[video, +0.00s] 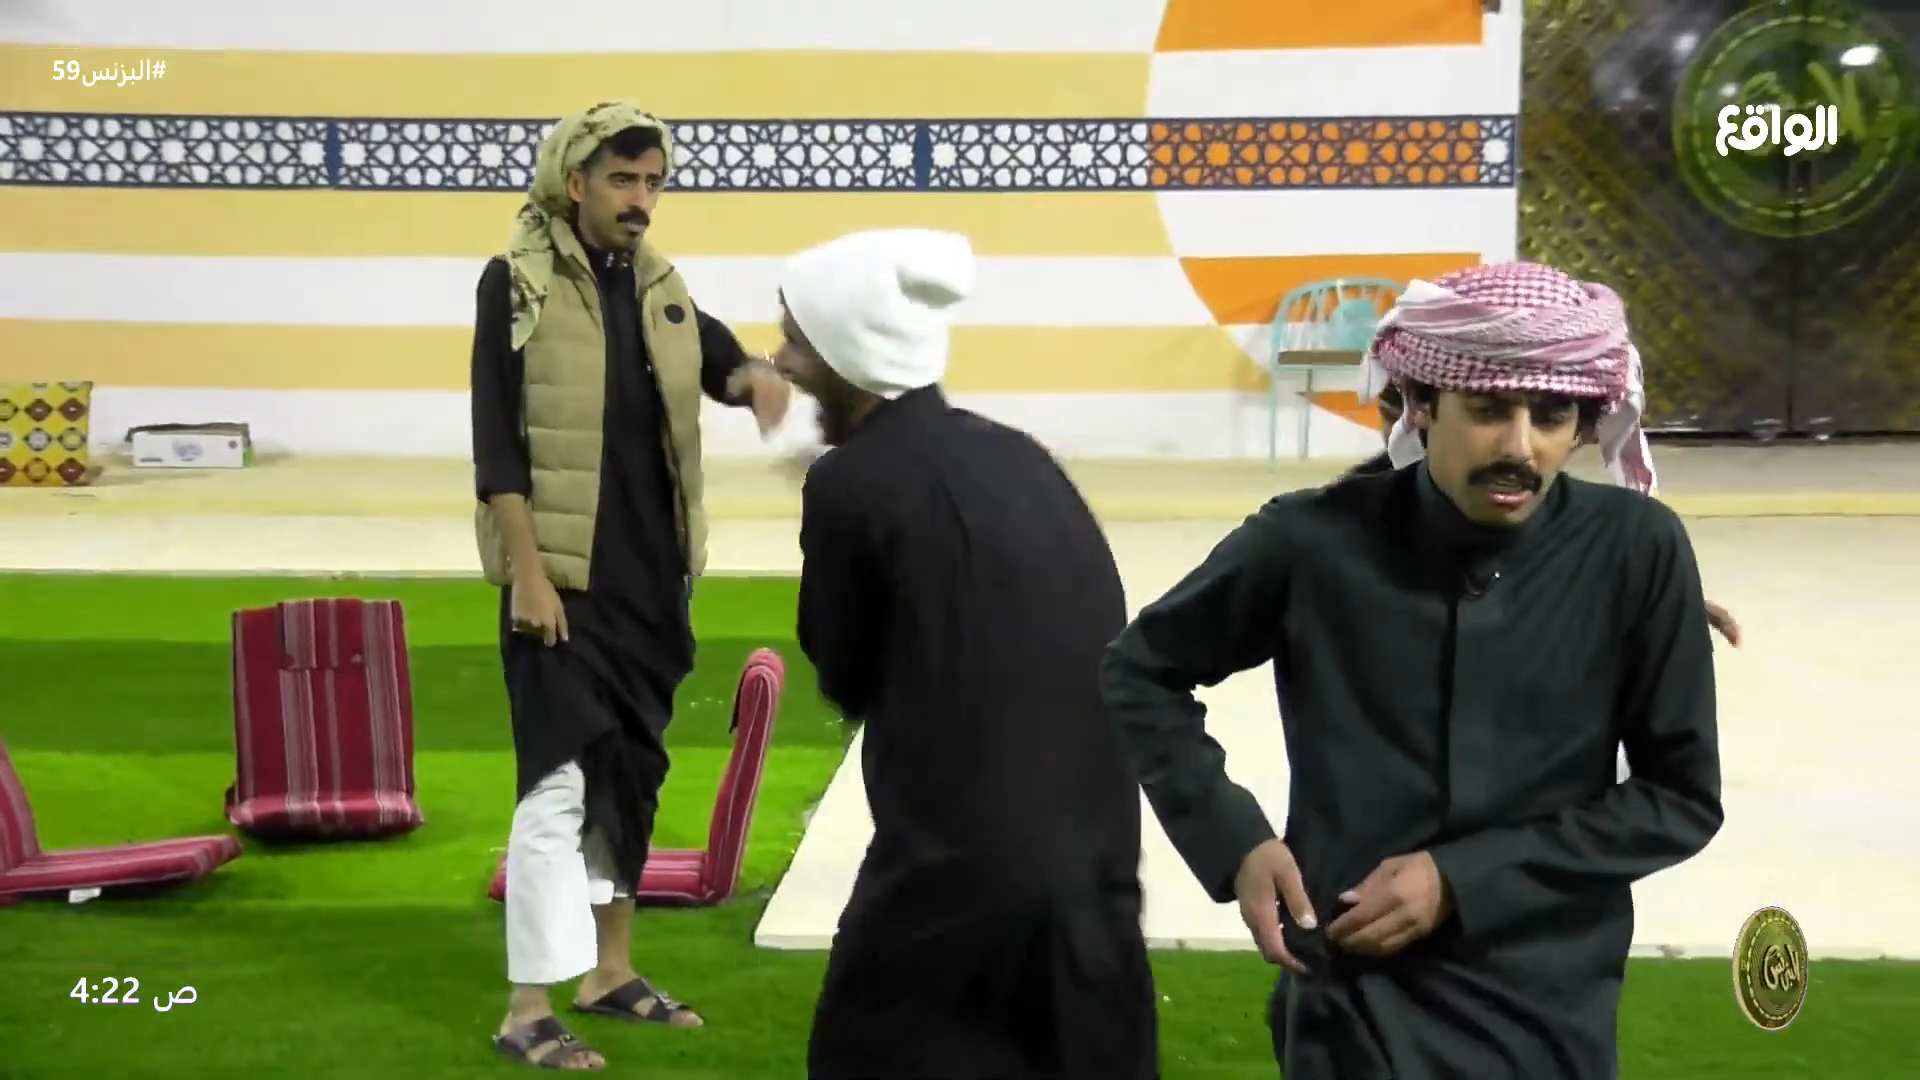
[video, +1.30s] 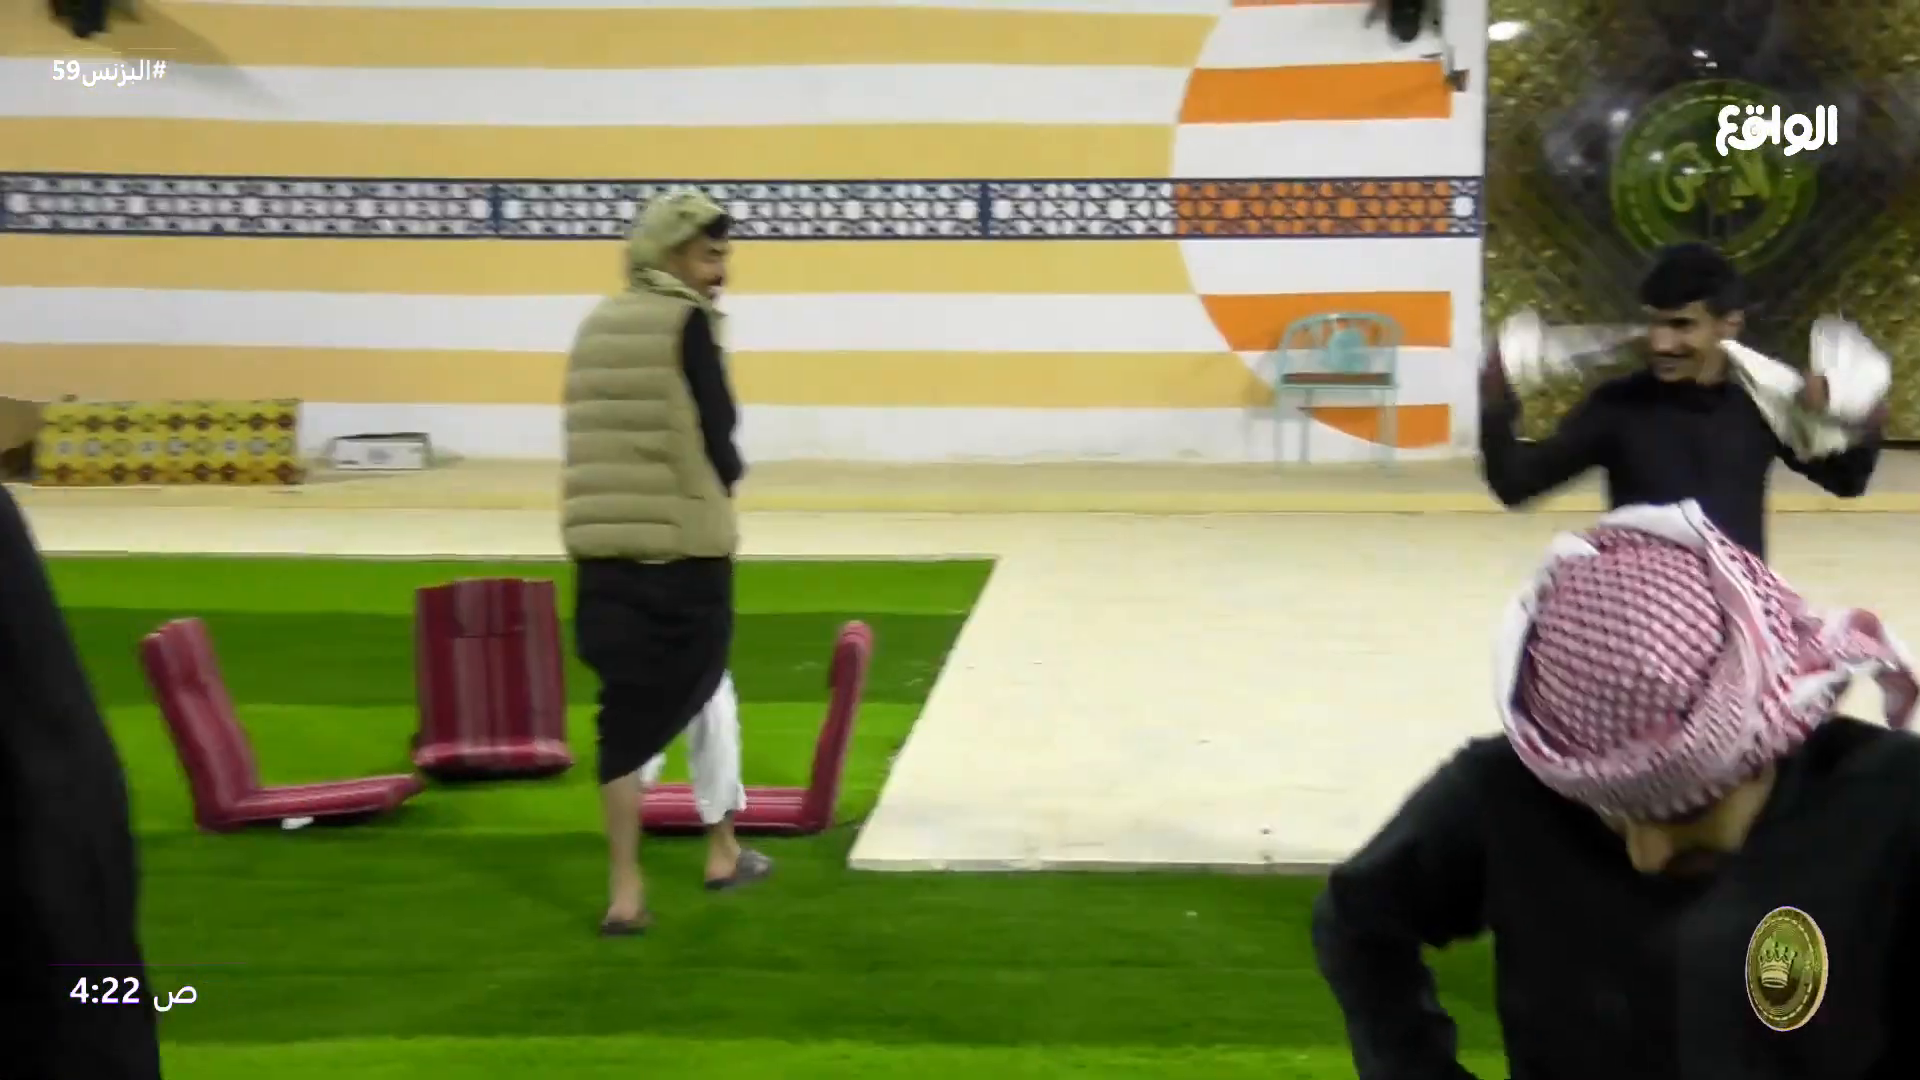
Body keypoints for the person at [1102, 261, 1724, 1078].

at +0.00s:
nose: (1519, 447)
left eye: (1549, 415)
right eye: (1488, 409)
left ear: (1582, 424)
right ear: (1423, 409)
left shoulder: (1640, 550)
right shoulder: (1306, 542)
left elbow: (1682, 799)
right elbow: (1137, 675)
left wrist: (1456, 878)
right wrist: (1239, 845)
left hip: (1549, 1022)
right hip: (1354, 1017)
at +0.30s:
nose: (1480, 546)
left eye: (1504, 501)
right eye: (1440, 512)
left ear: (1552, 499)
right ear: (1392, 519)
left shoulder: (1662, 625)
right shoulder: (1317, 645)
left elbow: (1727, 888)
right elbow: (1178, 770)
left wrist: (1478, 985)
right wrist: (1274, 944)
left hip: (1579, 1057)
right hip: (1357, 1057)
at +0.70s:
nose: (1512, 597)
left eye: (1538, 549)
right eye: (1466, 560)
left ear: (1595, 532)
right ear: (1416, 558)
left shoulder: (1716, 660)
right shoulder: (1337, 689)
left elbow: (1805, 935)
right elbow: (1180, 834)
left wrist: (1551, 1064)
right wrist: (1332, 1027)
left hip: (1651, 1064)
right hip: (1414, 1068)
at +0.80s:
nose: (1533, 652)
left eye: (1560, 605)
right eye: (1490, 618)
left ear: (1615, 578)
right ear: (1440, 600)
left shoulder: (1744, 698)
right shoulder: (1356, 719)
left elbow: (1825, 979)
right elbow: (1191, 858)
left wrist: (1633, 1069)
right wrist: (1346, 1049)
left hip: (1661, 1057)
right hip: (1435, 1063)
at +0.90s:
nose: (1564, 742)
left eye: (1600, 698)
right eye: (1525, 703)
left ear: (1656, 640)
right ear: (1474, 662)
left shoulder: (1796, 743)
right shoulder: (1395, 746)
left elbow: (1861, 1032)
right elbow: (1231, 887)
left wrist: (1741, 1068)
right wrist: (1361, 1070)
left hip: (1704, 1063)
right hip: (1470, 1063)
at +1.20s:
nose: (1597, 806)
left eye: (1639, 766)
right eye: (1560, 765)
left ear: (1718, 697)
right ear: (1519, 710)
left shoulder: (1870, 768)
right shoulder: (1445, 758)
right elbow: (1303, 888)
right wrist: (1399, 1069)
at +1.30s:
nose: (1647, 857)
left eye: (1687, 813)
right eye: (1613, 815)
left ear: (1768, 744)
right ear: (1562, 764)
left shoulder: (1893, 799)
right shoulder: (1496, 799)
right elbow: (1359, 919)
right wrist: (1420, 1068)